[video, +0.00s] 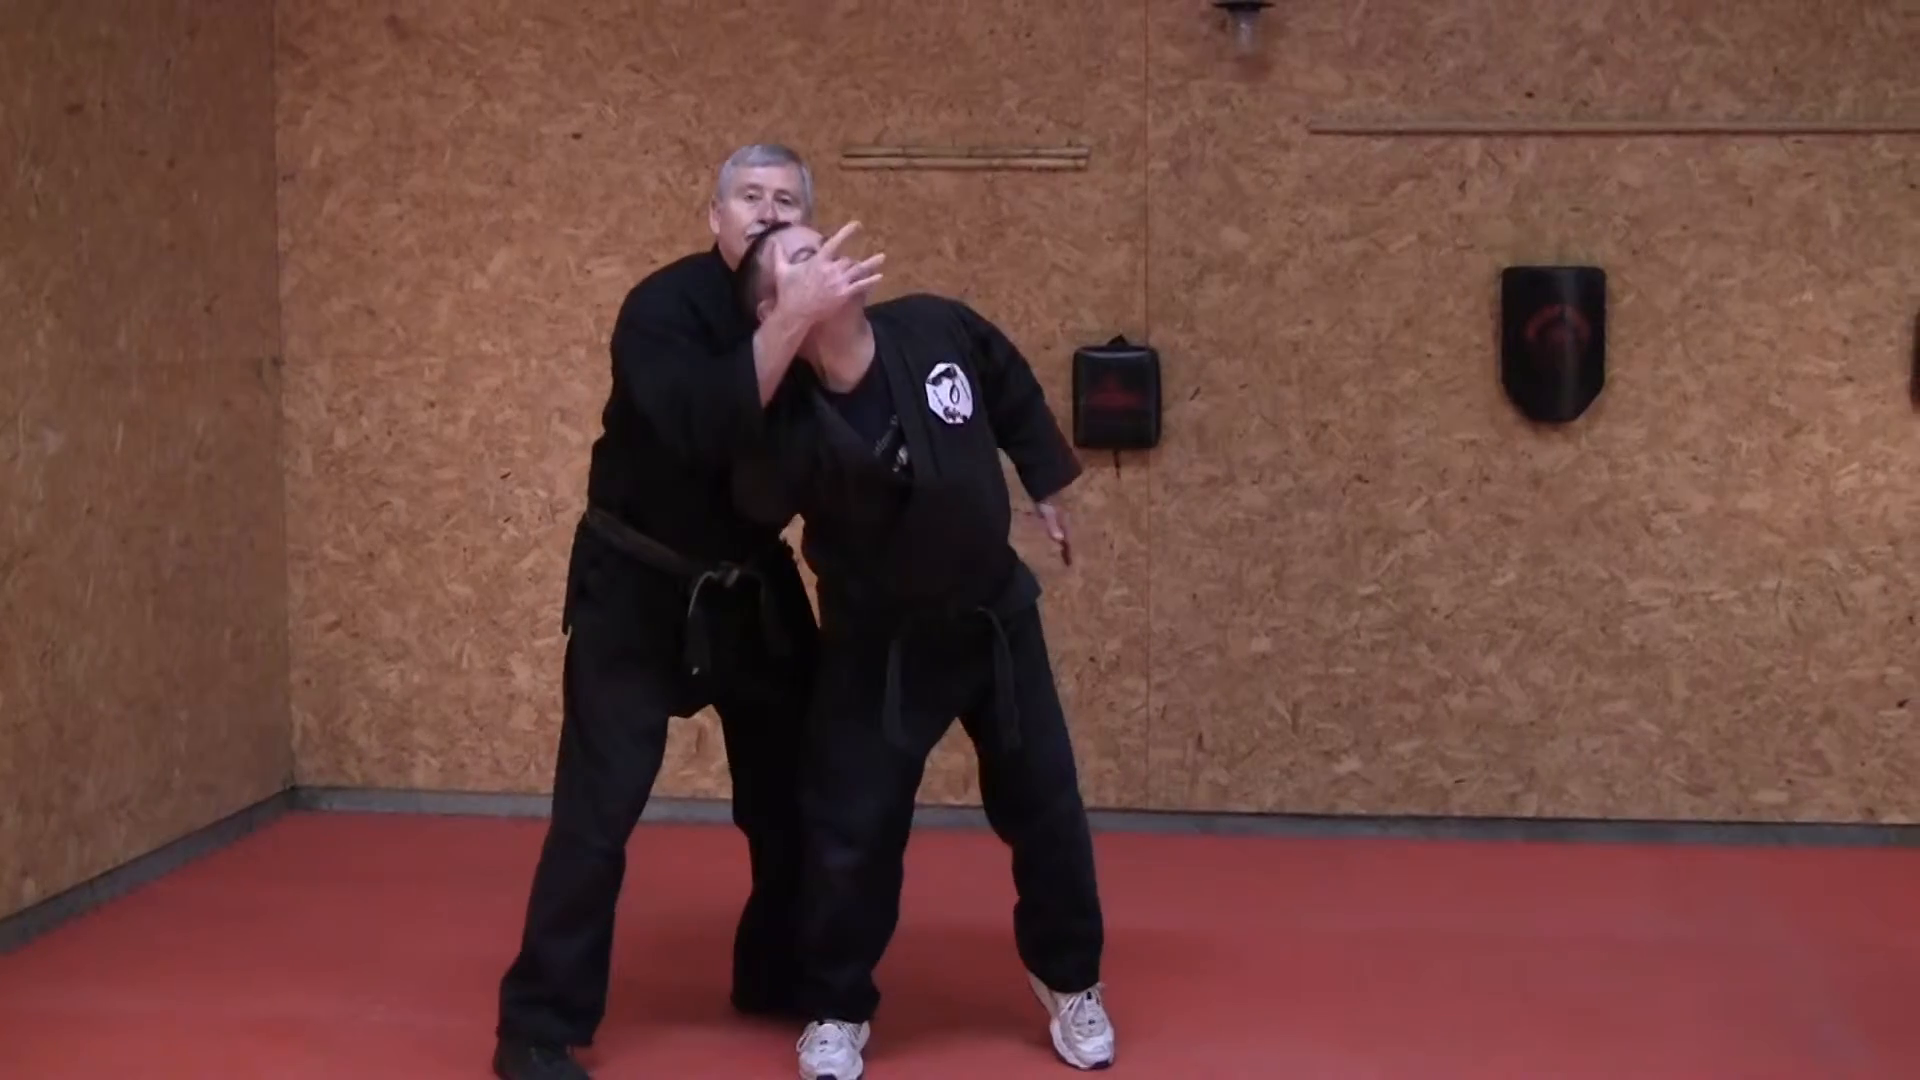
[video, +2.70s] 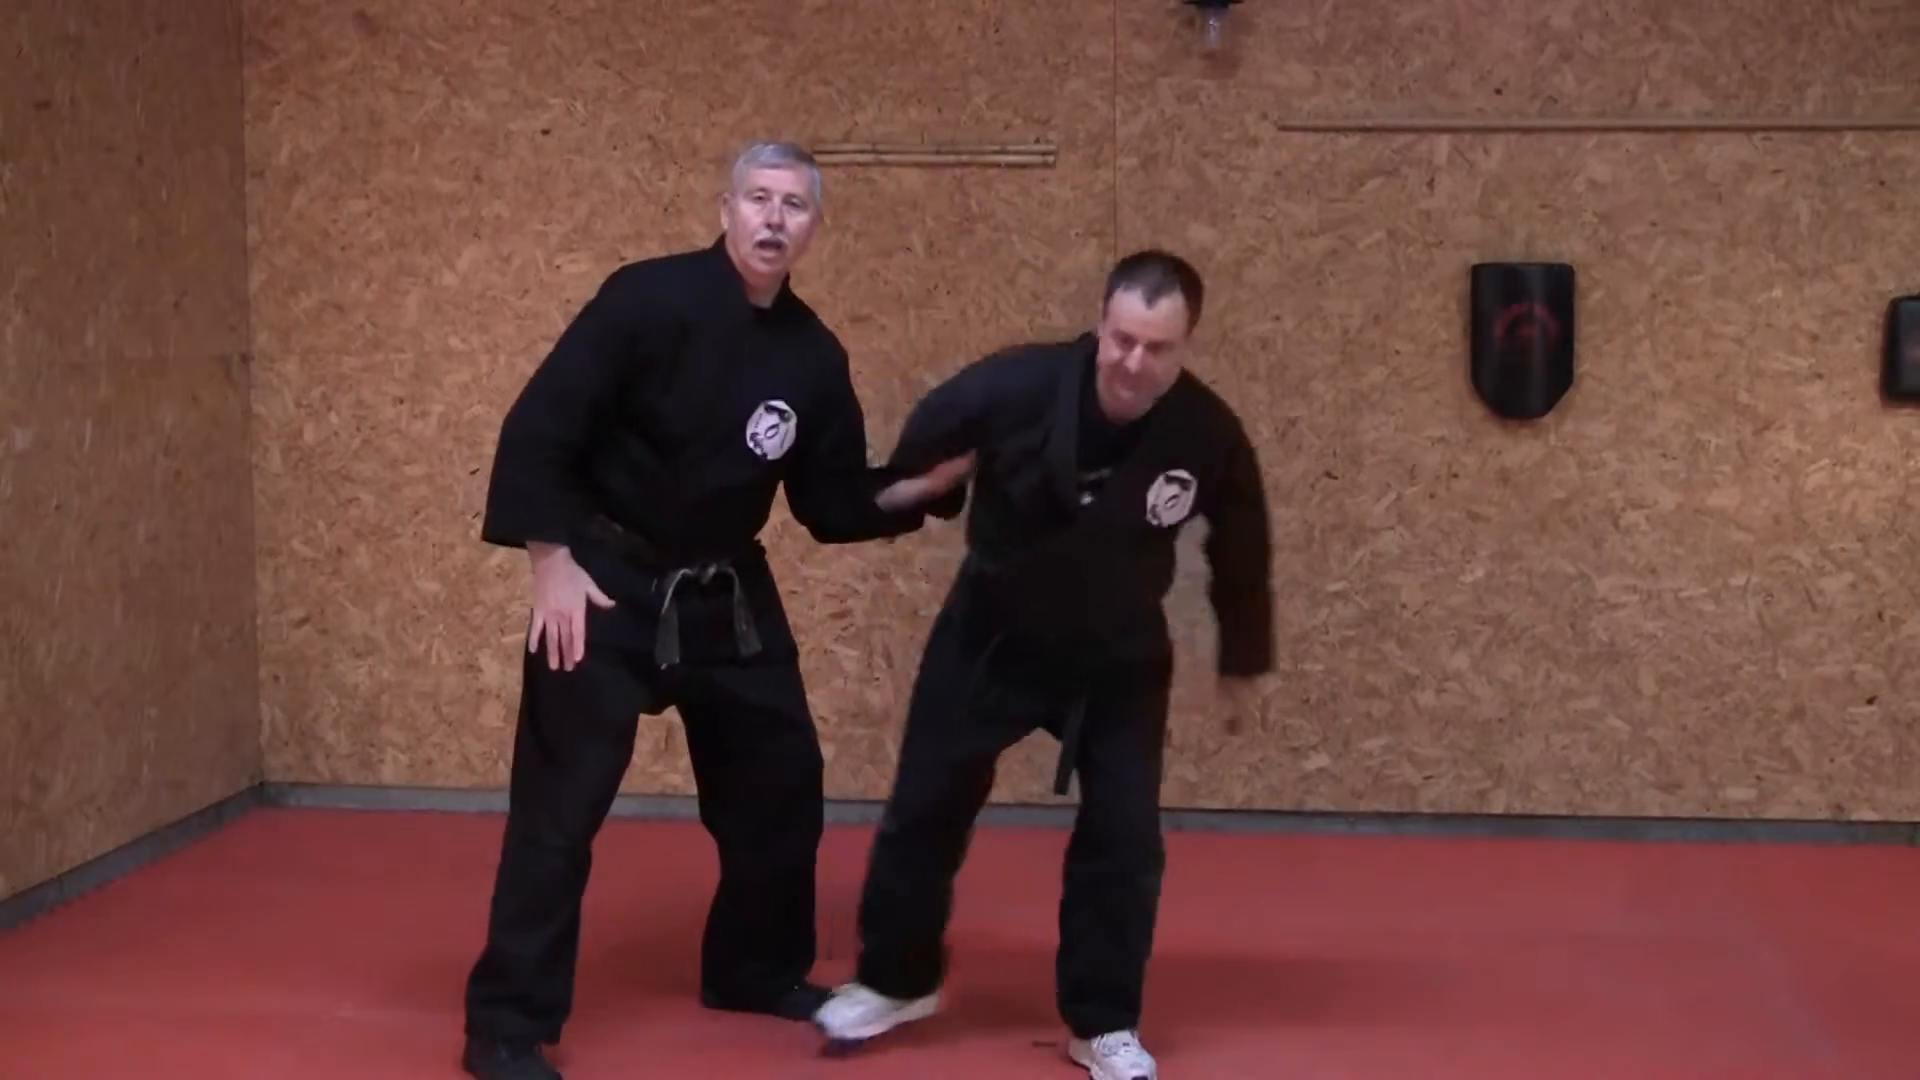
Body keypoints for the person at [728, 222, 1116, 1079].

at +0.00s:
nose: (824, 260)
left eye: (820, 247)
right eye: (795, 261)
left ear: (847, 265)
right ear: (778, 317)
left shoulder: (939, 331)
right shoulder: (789, 425)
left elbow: (1012, 391)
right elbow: (757, 511)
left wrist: (1045, 485)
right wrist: (781, 340)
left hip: (992, 616)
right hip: (876, 636)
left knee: (1045, 804)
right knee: (853, 826)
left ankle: (1070, 981)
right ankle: (838, 1011)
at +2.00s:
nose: (922, 273)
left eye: (916, 259)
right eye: (897, 268)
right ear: (845, 305)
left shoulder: (954, 347)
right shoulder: (815, 410)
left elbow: (991, 436)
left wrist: (1004, 524)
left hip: (944, 631)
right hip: (831, 648)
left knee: (1003, 808)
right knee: (821, 832)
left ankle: (1038, 983)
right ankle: (806, 1014)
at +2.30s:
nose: (1002, 319)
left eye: (999, 302)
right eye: (981, 310)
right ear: (919, 330)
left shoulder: (1013, 375)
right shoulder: (863, 419)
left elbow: (1025, 460)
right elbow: (759, 454)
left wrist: (1021, 541)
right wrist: (772, 434)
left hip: (973, 634)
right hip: (861, 645)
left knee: (1037, 812)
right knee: (835, 829)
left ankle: (1074, 989)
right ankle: (807, 1015)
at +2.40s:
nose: (1053, 344)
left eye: (1052, 327)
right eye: (1031, 332)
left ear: (1055, 325)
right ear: (970, 340)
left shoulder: (1063, 408)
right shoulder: (903, 417)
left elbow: (1056, 537)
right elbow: (793, 445)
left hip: (997, 651)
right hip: (882, 655)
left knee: (1046, 830)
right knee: (839, 833)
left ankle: (1092, 1011)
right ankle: (807, 1015)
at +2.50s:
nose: (1104, 372)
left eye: (1113, 352)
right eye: (1082, 354)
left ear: (1121, 347)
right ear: (1025, 349)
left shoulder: (1119, 426)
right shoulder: (952, 413)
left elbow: (1119, 518)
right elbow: (827, 437)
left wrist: (1102, 590)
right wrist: (878, 489)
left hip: (1040, 652)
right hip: (918, 652)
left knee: (1077, 838)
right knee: (854, 828)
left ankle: (1101, 1018)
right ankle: (807, 1013)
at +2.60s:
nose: (1130, 380)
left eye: (1148, 361)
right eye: (1113, 357)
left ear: (1164, 358)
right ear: (1073, 341)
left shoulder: (1169, 435)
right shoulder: (989, 400)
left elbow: (1182, 540)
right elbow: (871, 442)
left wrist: (1164, 634)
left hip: (1083, 653)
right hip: (958, 644)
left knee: (1105, 840)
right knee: (880, 819)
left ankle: (1105, 1023)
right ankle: (819, 1000)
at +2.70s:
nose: (1134, 363)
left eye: (1158, 348)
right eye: (1122, 340)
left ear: (1185, 348)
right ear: (1099, 324)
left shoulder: (1206, 435)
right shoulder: (1019, 386)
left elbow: (1239, 542)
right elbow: (924, 437)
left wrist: (1243, 651)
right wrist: (908, 505)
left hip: (1120, 650)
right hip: (992, 634)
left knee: (1125, 831)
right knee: (924, 806)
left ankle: (1104, 1023)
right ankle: (898, 981)